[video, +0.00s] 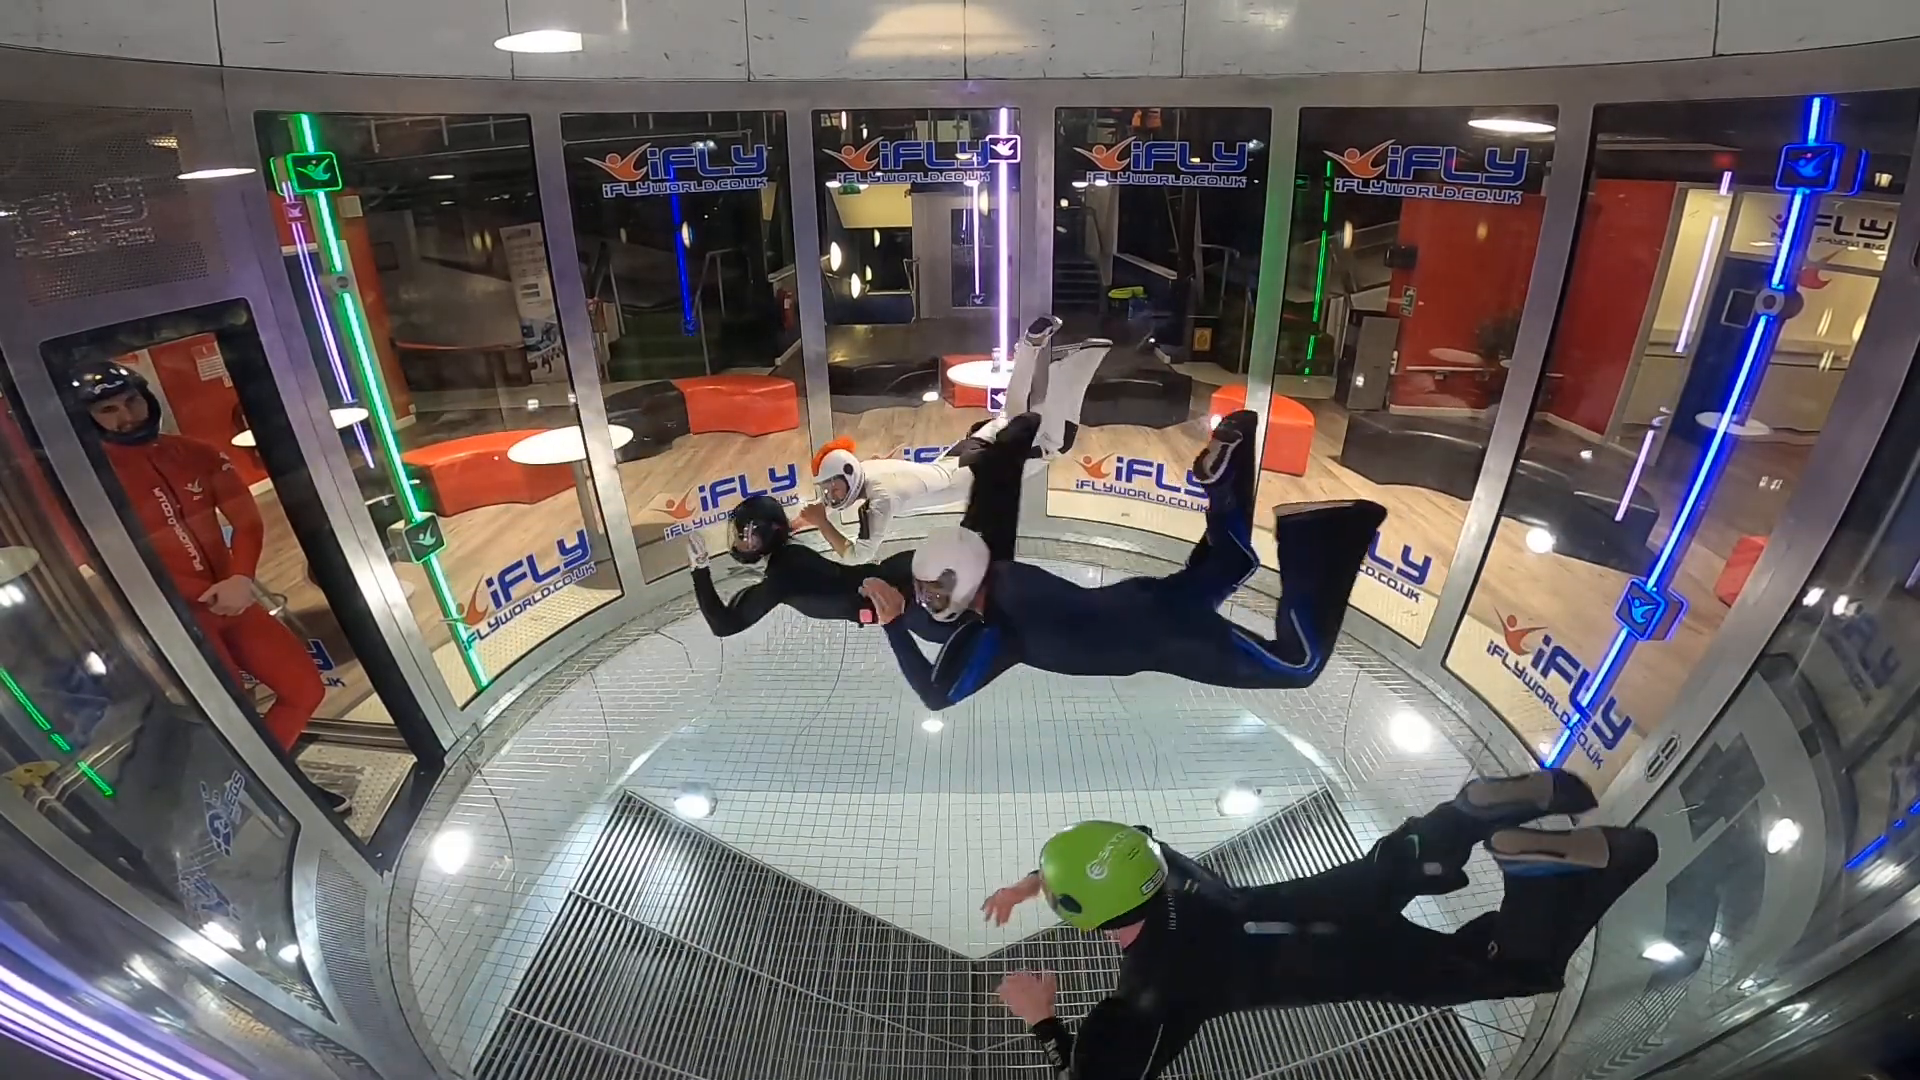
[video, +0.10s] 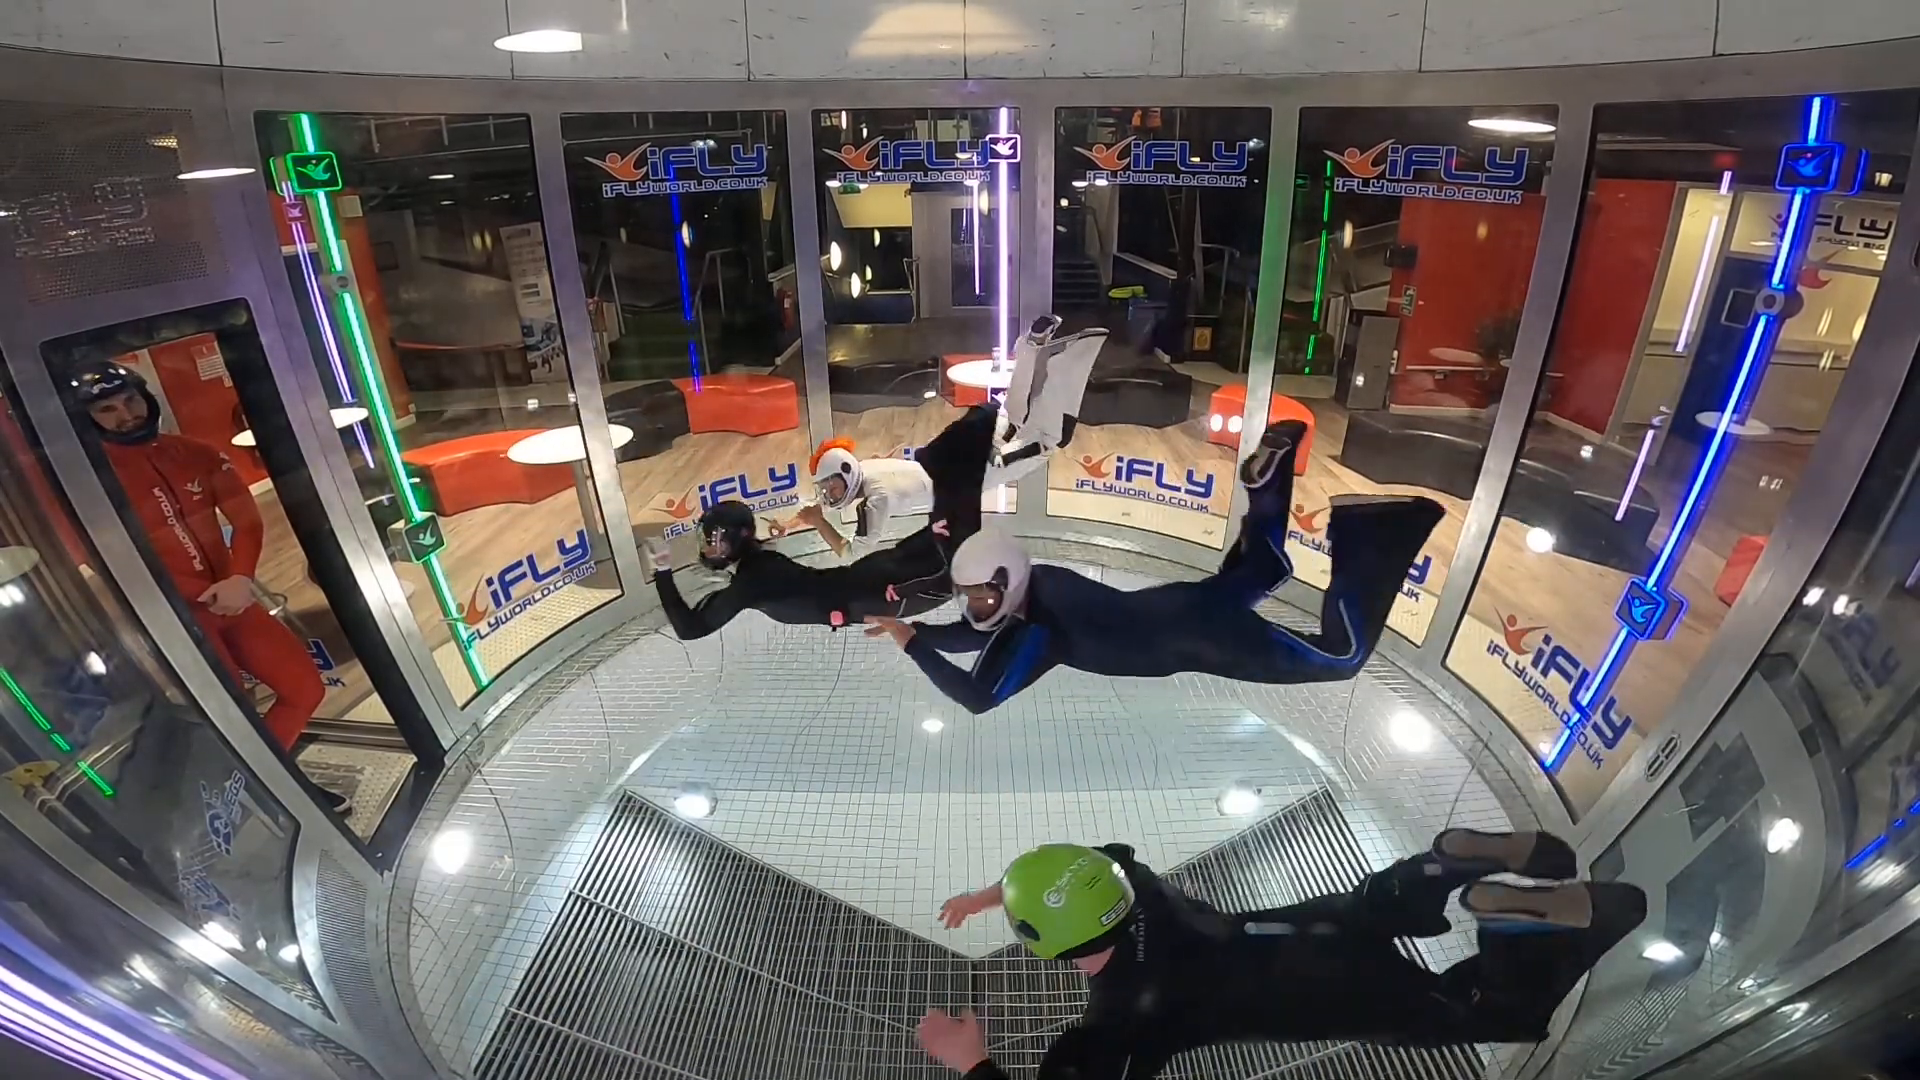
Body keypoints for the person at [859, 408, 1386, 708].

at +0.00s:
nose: (930, 604)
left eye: (935, 595)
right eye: (929, 596)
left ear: (960, 599)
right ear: (970, 573)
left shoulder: (996, 629)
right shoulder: (995, 575)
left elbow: (937, 694)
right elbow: (935, 627)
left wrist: (891, 628)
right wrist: (899, 604)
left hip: (1170, 638)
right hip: (1154, 598)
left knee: (1300, 665)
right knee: (1228, 557)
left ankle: (1316, 544)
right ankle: (1229, 469)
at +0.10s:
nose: (973, 606)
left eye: (978, 594)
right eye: (968, 595)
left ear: (1005, 584)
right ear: (999, 576)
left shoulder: (1037, 622)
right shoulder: (1031, 589)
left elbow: (979, 694)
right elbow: (977, 646)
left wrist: (910, 647)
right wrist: (913, 629)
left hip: (1206, 635)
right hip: (1183, 606)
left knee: (1342, 653)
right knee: (1256, 569)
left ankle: (1359, 533)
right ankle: (1270, 479)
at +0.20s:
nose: (1006, 606)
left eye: (1014, 596)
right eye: (1003, 597)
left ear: (1045, 587)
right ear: (1024, 584)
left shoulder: (1075, 623)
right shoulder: (1053, 583)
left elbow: (1022, 693)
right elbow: (1004, 642)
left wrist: (953, 651)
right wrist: (953, 635)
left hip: (1243, 640)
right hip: (1216, 610)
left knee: (1378, 655)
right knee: (1284, 583)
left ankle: (1403, 534)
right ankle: (1313, 502)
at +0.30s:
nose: (1043, 604)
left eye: (1056, 592)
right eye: (1037, 593)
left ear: (1086, 579)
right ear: (1034, 581)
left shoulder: (1110, 621)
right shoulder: (1077, 579)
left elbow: (1058, 691)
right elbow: (1042, 633)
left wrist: (1002, 631)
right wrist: (1002, 619)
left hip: (1263, 644)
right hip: (1235, 614)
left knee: (1409, 659)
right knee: (1310, 589)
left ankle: (1434, 541)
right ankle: (1351, 512)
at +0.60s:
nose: (1101, 572)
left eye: (1110, 561)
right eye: (1095, 562)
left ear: (1139, 559)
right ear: (1098, 559)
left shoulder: (1163, 598)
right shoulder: (1144, 571)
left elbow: (1113, 667)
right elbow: (1102, 604)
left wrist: (1074, 609)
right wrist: (1065, 593)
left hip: (1320, 645)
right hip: (1301, 616)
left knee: (1447, 670)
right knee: (1372, 590)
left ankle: (1476, 559)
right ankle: (1399, 513)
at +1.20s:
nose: (1097, 530)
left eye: (1104, 522)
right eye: (1094, 521)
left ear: (1127, 523)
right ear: (1116, 522)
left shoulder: (1140, 560)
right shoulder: (1147, 536)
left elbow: (1081, 608)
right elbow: (1102, 586)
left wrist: (1070, 546)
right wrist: (1073, 556)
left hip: (1282, 611)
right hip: (1278, 584)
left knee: (1382, 639)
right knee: (1355, 568)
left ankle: (1424, 551)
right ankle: (1396, 499)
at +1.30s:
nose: (1081, 528)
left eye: (1086, 520)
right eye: (1079, 519)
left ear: (1104, 522)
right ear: (1105, 519)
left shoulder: (1125, 554)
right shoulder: (1129, 536)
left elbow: (1064, 598)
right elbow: (1085, 580)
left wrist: (1054, 541)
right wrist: (1056, 552)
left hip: (1246, 594)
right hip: (1240, 576)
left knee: (1351, 619)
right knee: (1326, 570)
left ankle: (1389, 523)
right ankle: (1370, 500)